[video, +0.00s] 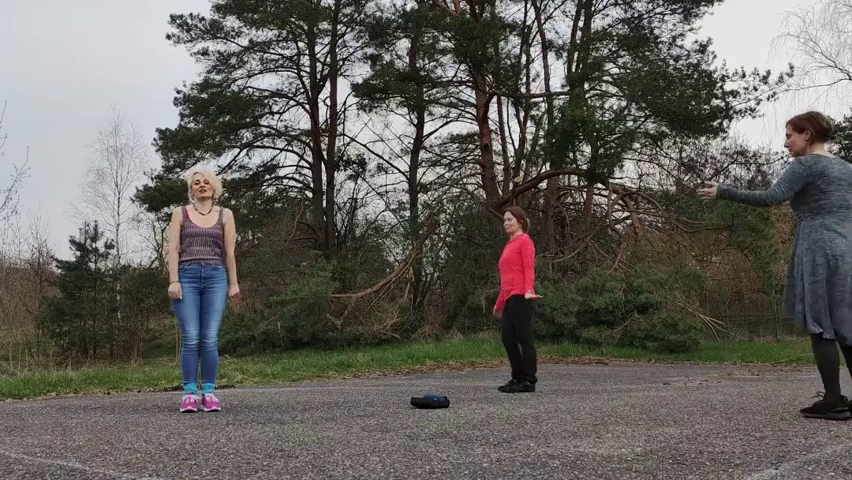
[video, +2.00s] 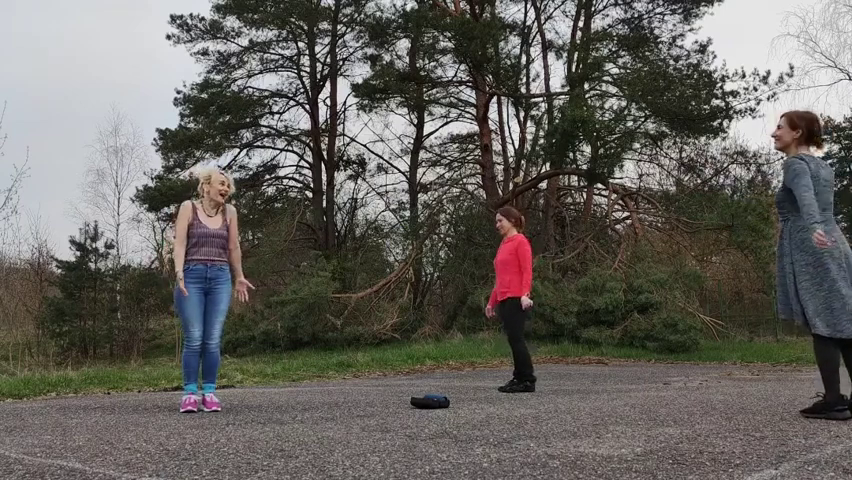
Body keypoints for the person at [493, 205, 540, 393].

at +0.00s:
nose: (506, 223)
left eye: (510, 219)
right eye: (505, 220)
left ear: (520, 221)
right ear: (504, 224)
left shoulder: (525, 241)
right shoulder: (510, 244)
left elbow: (529, 266)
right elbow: (507, 279)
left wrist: (529, 288)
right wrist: (499, 302)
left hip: (521, 296)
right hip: (509, 297)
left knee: (524, 337)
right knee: (508, 338)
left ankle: (528, 380)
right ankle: (518, 377)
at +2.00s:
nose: (497, 225)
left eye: (500, 221)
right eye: (496, 222)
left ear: (512, 221)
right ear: (500, 223)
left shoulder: (521, 241)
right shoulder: (504, 244)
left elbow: (527, 269)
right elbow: (501, 277)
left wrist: (525, 293)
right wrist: (491, 302)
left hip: (515, 297)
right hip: (504, 298)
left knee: (516, 340)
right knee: (514, 340)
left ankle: (526, 379)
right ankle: (519, 377)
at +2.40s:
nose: (487, 232)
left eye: (489, 227)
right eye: (485, 229)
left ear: (500, 225)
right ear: (489, 229)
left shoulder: (511, 245)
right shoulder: (495, 246)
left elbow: (516, 271)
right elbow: (498, 272)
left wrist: (509, 292)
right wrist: (492, 292)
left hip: (511, 300)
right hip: (496, 301)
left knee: (511, 340)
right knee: (487, 338)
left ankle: (527, 380)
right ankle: (506, 377)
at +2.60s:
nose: (473, 230)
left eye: (475, 225)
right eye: (472, 227)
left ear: (486, 222)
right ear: (480, 225)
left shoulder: (495, 240)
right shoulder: (488, 242)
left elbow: (480, 263)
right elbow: (501, 272)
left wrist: (456, 266)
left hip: (497, 298)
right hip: (485, 298)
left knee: (507, 336)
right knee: (472, 334)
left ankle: (525, 377)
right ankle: (467, 378)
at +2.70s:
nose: (465, 230)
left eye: (467, 226)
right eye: (464, 227)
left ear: (478, 223)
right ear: (475, 225)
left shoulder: (485, 241)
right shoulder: (482, 241)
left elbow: (468, 260)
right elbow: (495, 269)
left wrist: (442, 266)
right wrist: (502, 294)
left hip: (487, 298)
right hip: (475, 299)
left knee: (497, 336)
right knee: (466, 336)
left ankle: (521, 375)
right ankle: (467, 380)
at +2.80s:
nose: (456, 230)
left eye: (458, 226)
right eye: (455, 227)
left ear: (469, 224)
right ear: (468, 226)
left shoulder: (475, 244)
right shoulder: (475, 244)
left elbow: (457, 267)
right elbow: (484, 275)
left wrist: (434, 276)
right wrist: (487, 300)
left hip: (472, 300)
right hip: (466, 300)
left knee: (474, 340)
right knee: (463, 341)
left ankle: (509, 369)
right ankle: (468, 382)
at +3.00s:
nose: (437, 229)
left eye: (439, 225)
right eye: (436, 225)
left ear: (449, 224)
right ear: (446, 226)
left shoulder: (458, 244)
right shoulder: (445, 246)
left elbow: (456, 275)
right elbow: (440, 279)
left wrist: (450, 299)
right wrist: (427, 300)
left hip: (452, 300)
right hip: (443, 299)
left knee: (430, 335)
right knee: (456, 340)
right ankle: (467, 382)